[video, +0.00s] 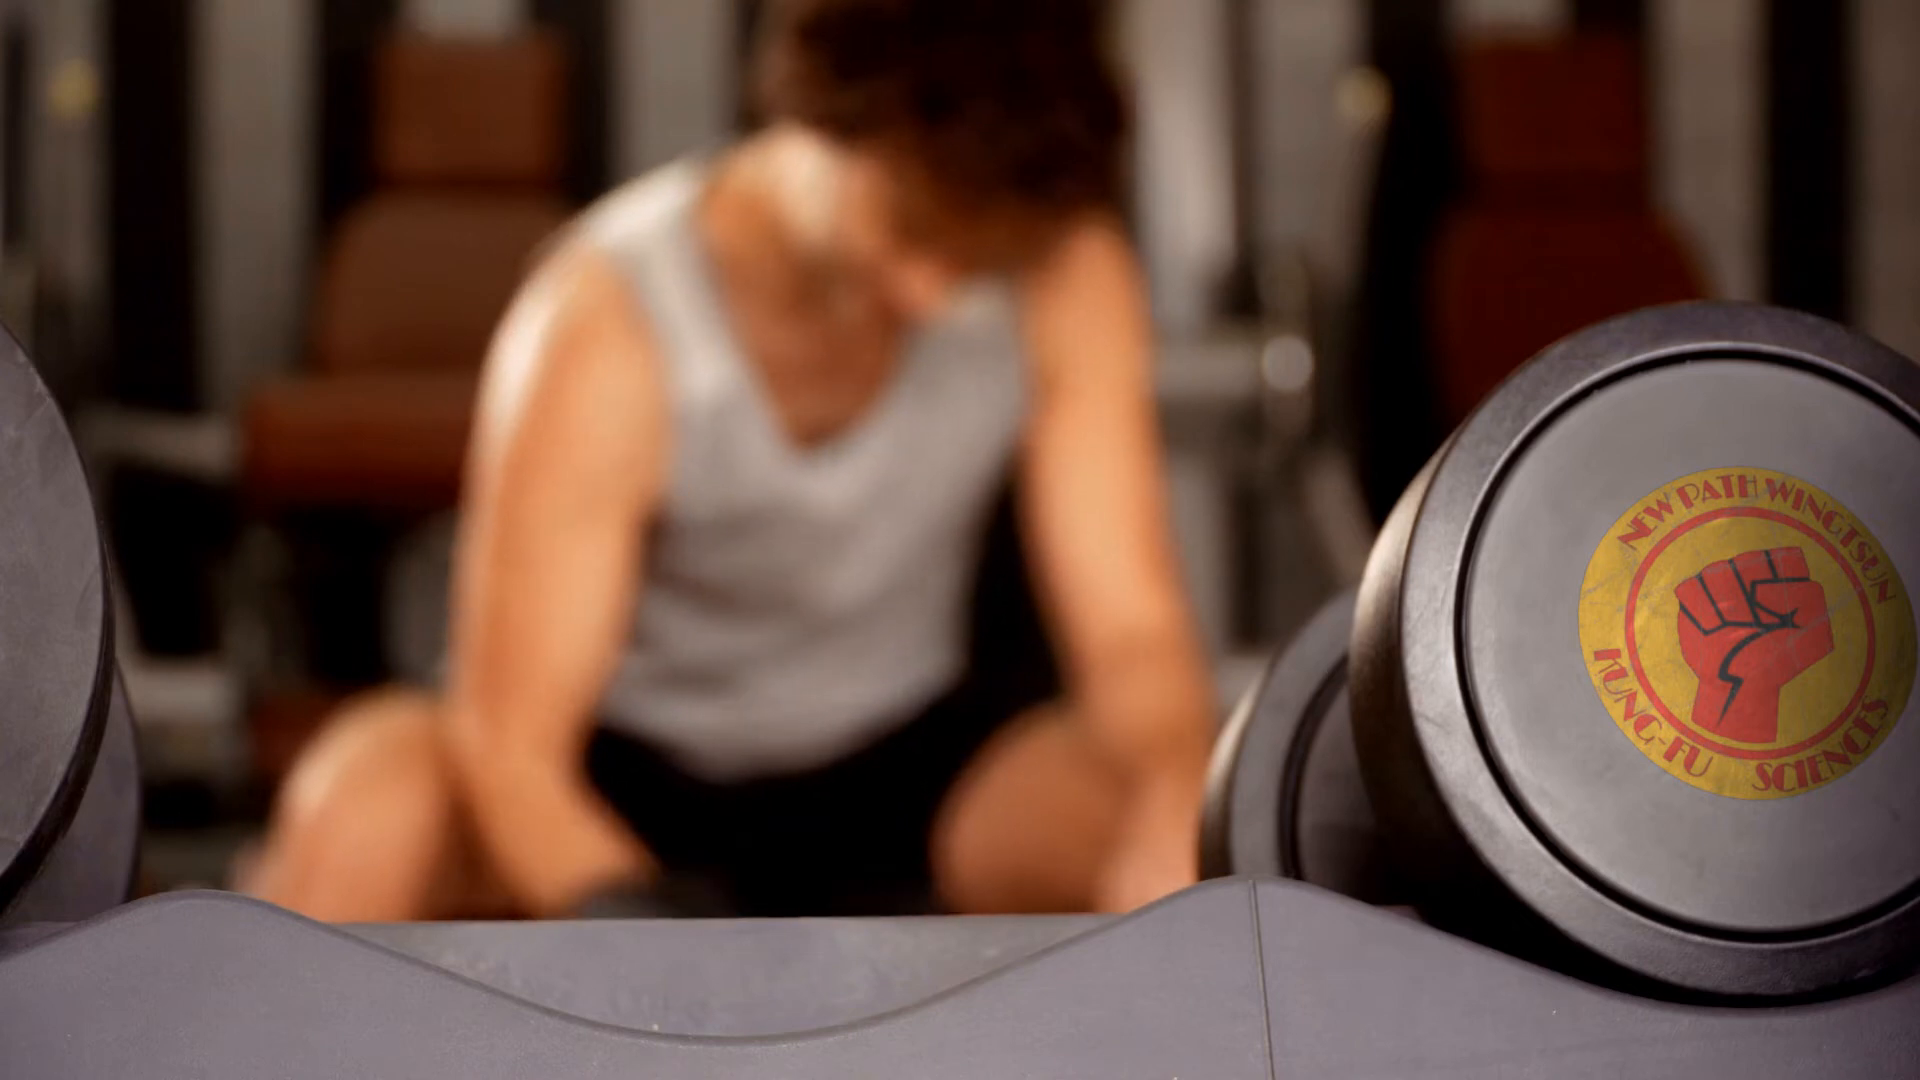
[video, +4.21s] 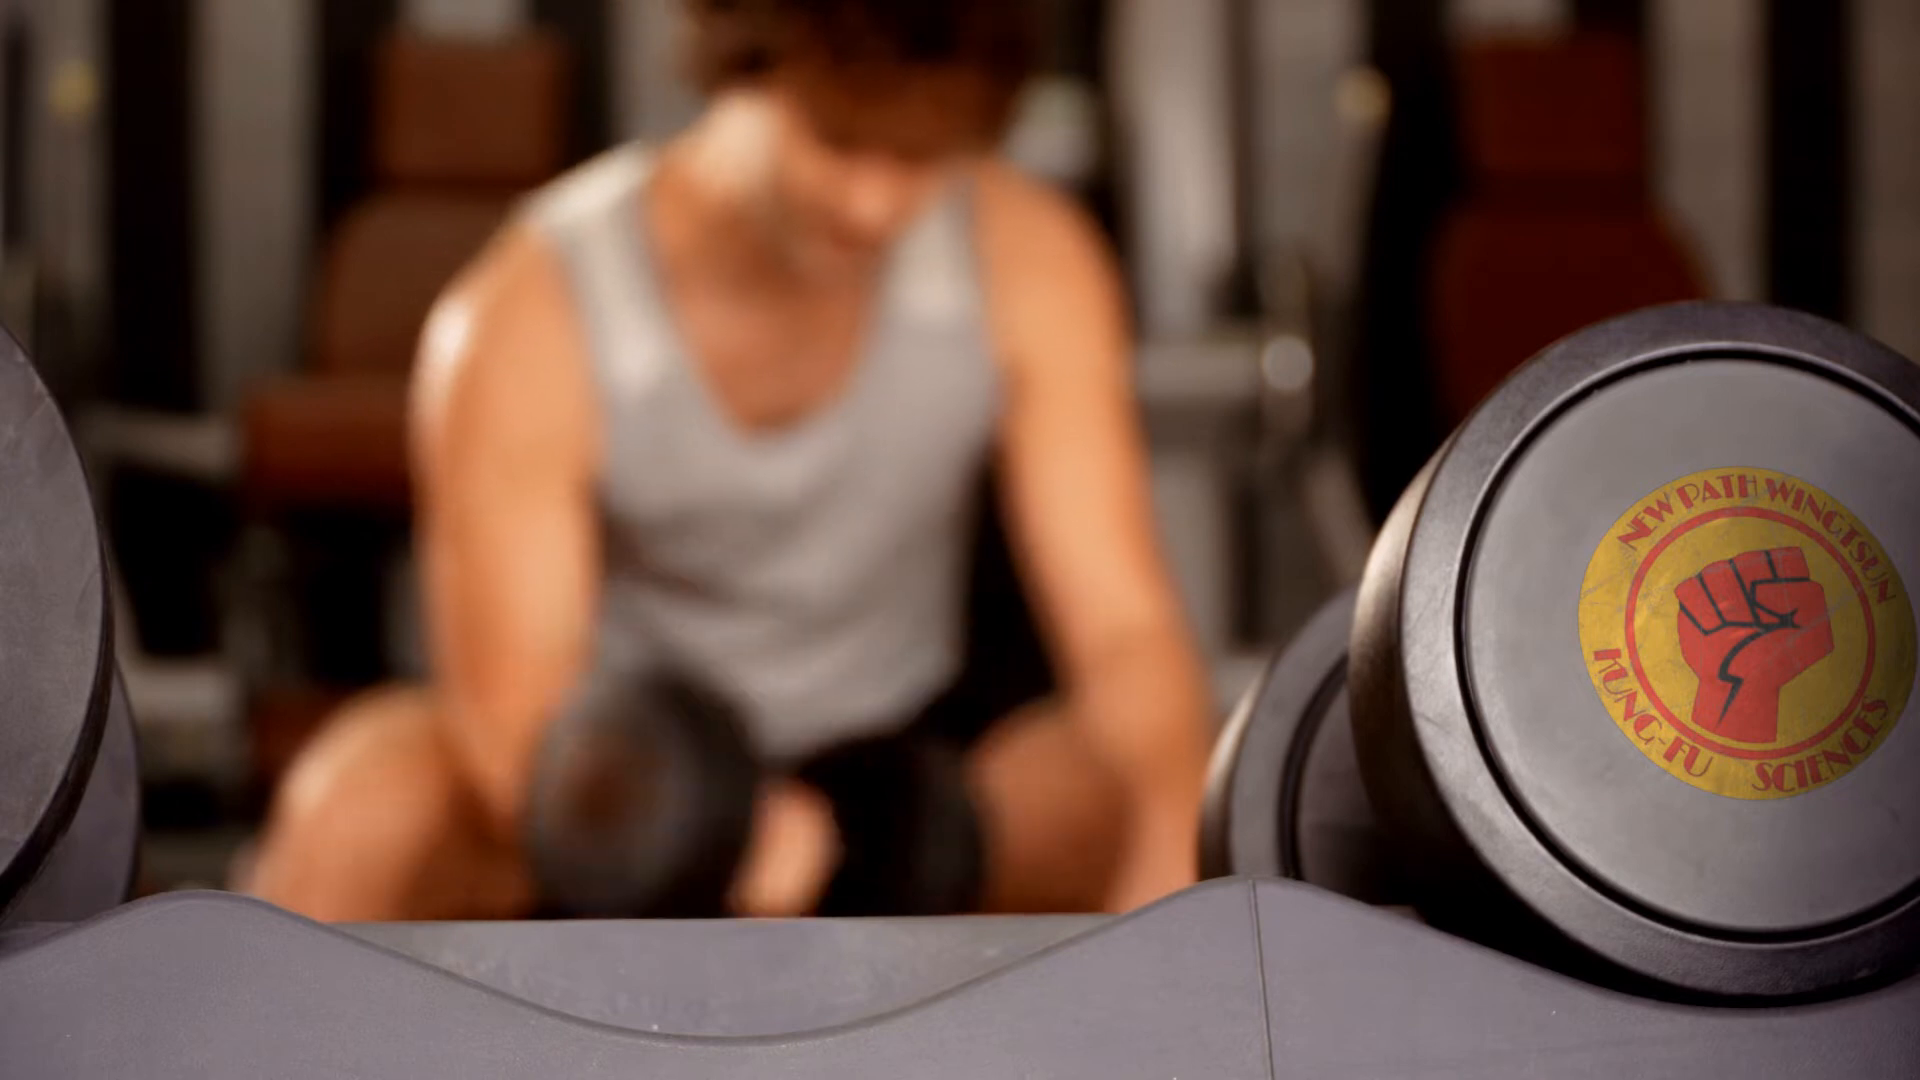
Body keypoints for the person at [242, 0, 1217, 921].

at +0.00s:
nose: (932, 299)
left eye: (982, 262)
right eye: (906, 242)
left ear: (1041, 219)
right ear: (825, 137)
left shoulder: (1058, 263)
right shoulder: (604, 313)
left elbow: (1132, 641)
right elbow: (510, 749)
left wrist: (1169, 837)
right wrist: (672, 954)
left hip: (904, 773)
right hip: (628, 786)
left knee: (1189, 811)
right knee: (365, 788)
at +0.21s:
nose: (911, 307)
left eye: (962, 270)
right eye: (886, 250)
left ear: (1027, 228)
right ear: (804, 136)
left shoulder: (1044, 264)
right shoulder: (559, 311)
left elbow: (1136, 651)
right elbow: (513, 742)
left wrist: (1166, 868)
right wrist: (763, 810)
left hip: (899, 804)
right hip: (605, 805)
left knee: (1186, 778)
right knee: (370, 779)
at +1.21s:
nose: (903, 272)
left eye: (953, 232)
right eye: (877, 212)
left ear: (1010, 179)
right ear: (789, 115)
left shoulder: (1043, 257)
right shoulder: (562, 312)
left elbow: (1130, 641)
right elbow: (512, 756)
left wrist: (1204, 820)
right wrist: (729, 898)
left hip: (906, 767)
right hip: (623, 776)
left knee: (1198, 813)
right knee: (357, 796)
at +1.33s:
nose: (915, 280)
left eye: (968, 238)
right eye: (890, 218)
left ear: (1022, 190)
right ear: (799, 118)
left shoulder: (1052, 263)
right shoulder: (584, 314)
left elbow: (1135, 644)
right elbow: (520, 794)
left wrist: (1200, 822)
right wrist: (675, 1043)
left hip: (904, 782)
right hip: (625, 794)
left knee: (1193, 811)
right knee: (366, 793)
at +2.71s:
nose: (914, 238)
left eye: (962, 192)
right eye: (880, 176)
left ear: (1013, 158)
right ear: (785, 86)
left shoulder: (1043, 254)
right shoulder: (577, 308)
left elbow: (1133, 637)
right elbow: (507, 743)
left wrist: (1180, 861)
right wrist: (718, 896)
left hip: (902, 783)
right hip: (627, 794)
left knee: (1196, 789)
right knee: (369, 794)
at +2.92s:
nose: (906, 229)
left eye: (953, 181)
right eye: (871, 166)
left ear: (1006, 145)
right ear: (772, 78)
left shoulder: (1029, 255)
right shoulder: (537, 310)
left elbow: (1129, 628)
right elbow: (517, 725)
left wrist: (1189, 830)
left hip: (889, 807)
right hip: (615, 812)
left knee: (1186, 784)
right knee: (378, 778)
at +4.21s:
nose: (875, 205)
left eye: (924, 158)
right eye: (842, 145)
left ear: (981, 123)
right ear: (748, 68)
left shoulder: (1024, 253)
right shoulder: (526, 319)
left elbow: (1125, 635)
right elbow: (519, 741)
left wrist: (1167, 863)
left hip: (907, 792)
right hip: (628, 791)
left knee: (1191, 770)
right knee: (362, 789)